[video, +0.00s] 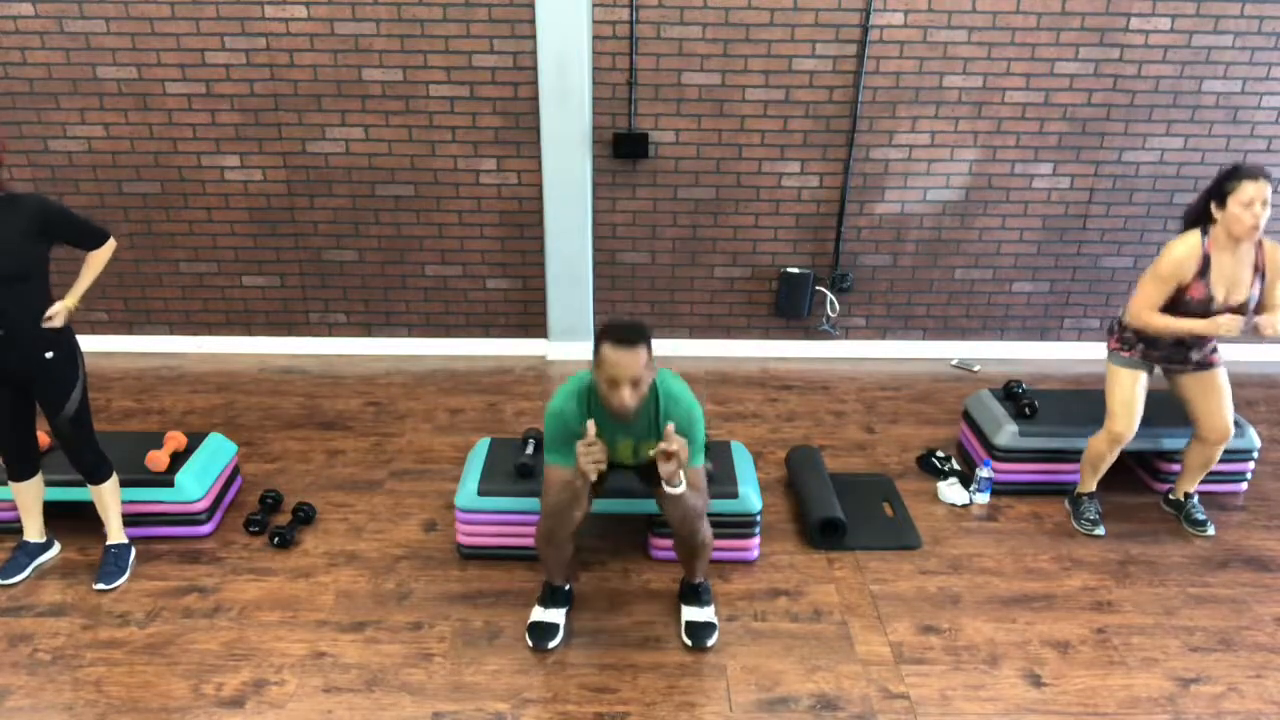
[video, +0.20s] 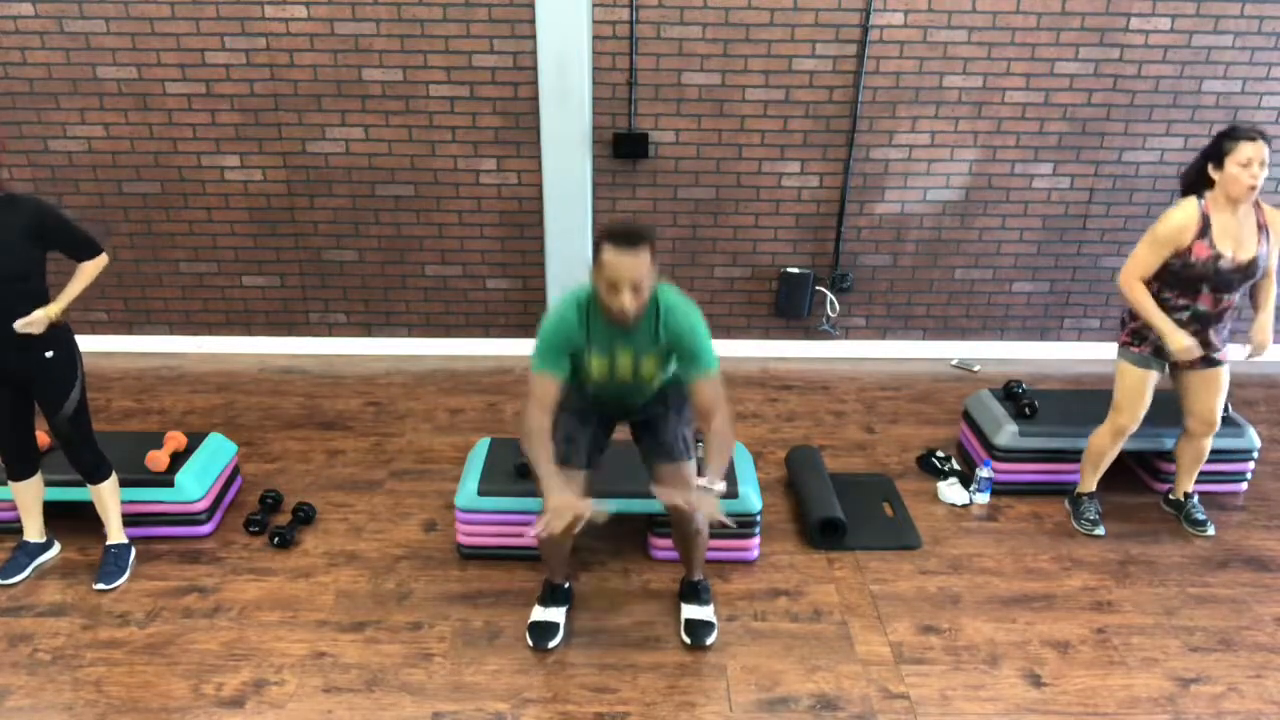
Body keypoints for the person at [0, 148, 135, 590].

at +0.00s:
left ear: (5, 169)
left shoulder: (26, 209)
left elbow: (102, 243)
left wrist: (70, 301)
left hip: (47, 351)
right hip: (7, 358)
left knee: (81, 448)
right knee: (17, 453)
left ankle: (117, 543)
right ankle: (35, 540)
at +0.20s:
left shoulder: (24, 211)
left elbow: (95, 256)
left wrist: (54, 310)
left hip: (46, 349)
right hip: (5, 357)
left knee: (80, 448)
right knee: (16, 451)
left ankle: (118, 543)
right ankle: (35, 539)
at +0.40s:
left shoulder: (19, 221)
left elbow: (87, 272)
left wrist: (58, 337)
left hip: (42, 355)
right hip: (4, 367)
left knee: (76, 448)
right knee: (13, 455)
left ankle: (117, 542)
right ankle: (35, 540)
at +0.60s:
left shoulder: (23, 225)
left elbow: (57, 293)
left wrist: (45, 359)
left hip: (43, 357)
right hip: (1, 369)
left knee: (76, 448)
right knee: (13, 455)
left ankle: (123, 537)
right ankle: (34, 540)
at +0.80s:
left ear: (5, 185)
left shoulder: (31, 223)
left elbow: (65, 295)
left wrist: (73, 365)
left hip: (43, 361)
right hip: (4, 369)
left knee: (83, 448)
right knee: (13, 453)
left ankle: (124, 538)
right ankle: (32, 539)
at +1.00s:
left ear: (6, 185)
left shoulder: (35, 225)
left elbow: (68, 298)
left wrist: (80, 367)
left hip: (46, 363)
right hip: (4, 371)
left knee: (84, 450)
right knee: (14, 457)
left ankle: (124, 538)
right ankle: (31, 539)